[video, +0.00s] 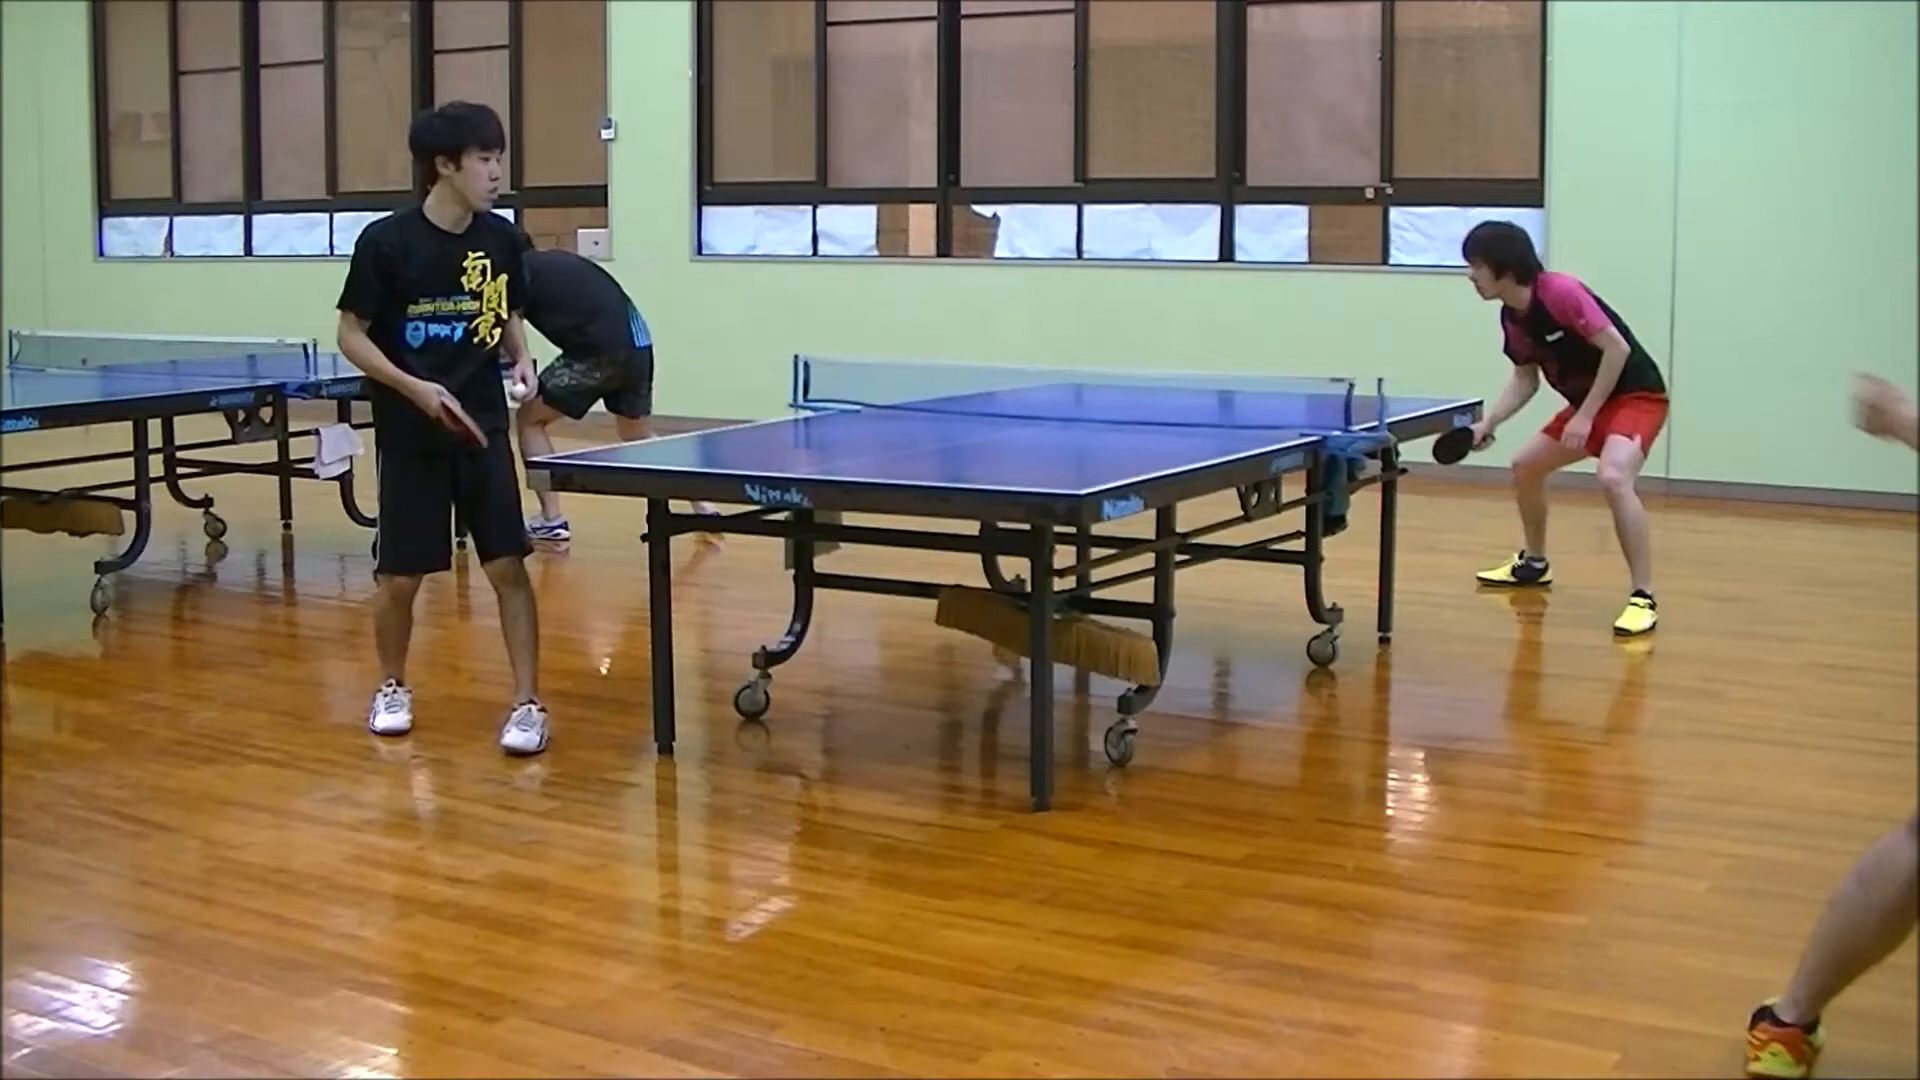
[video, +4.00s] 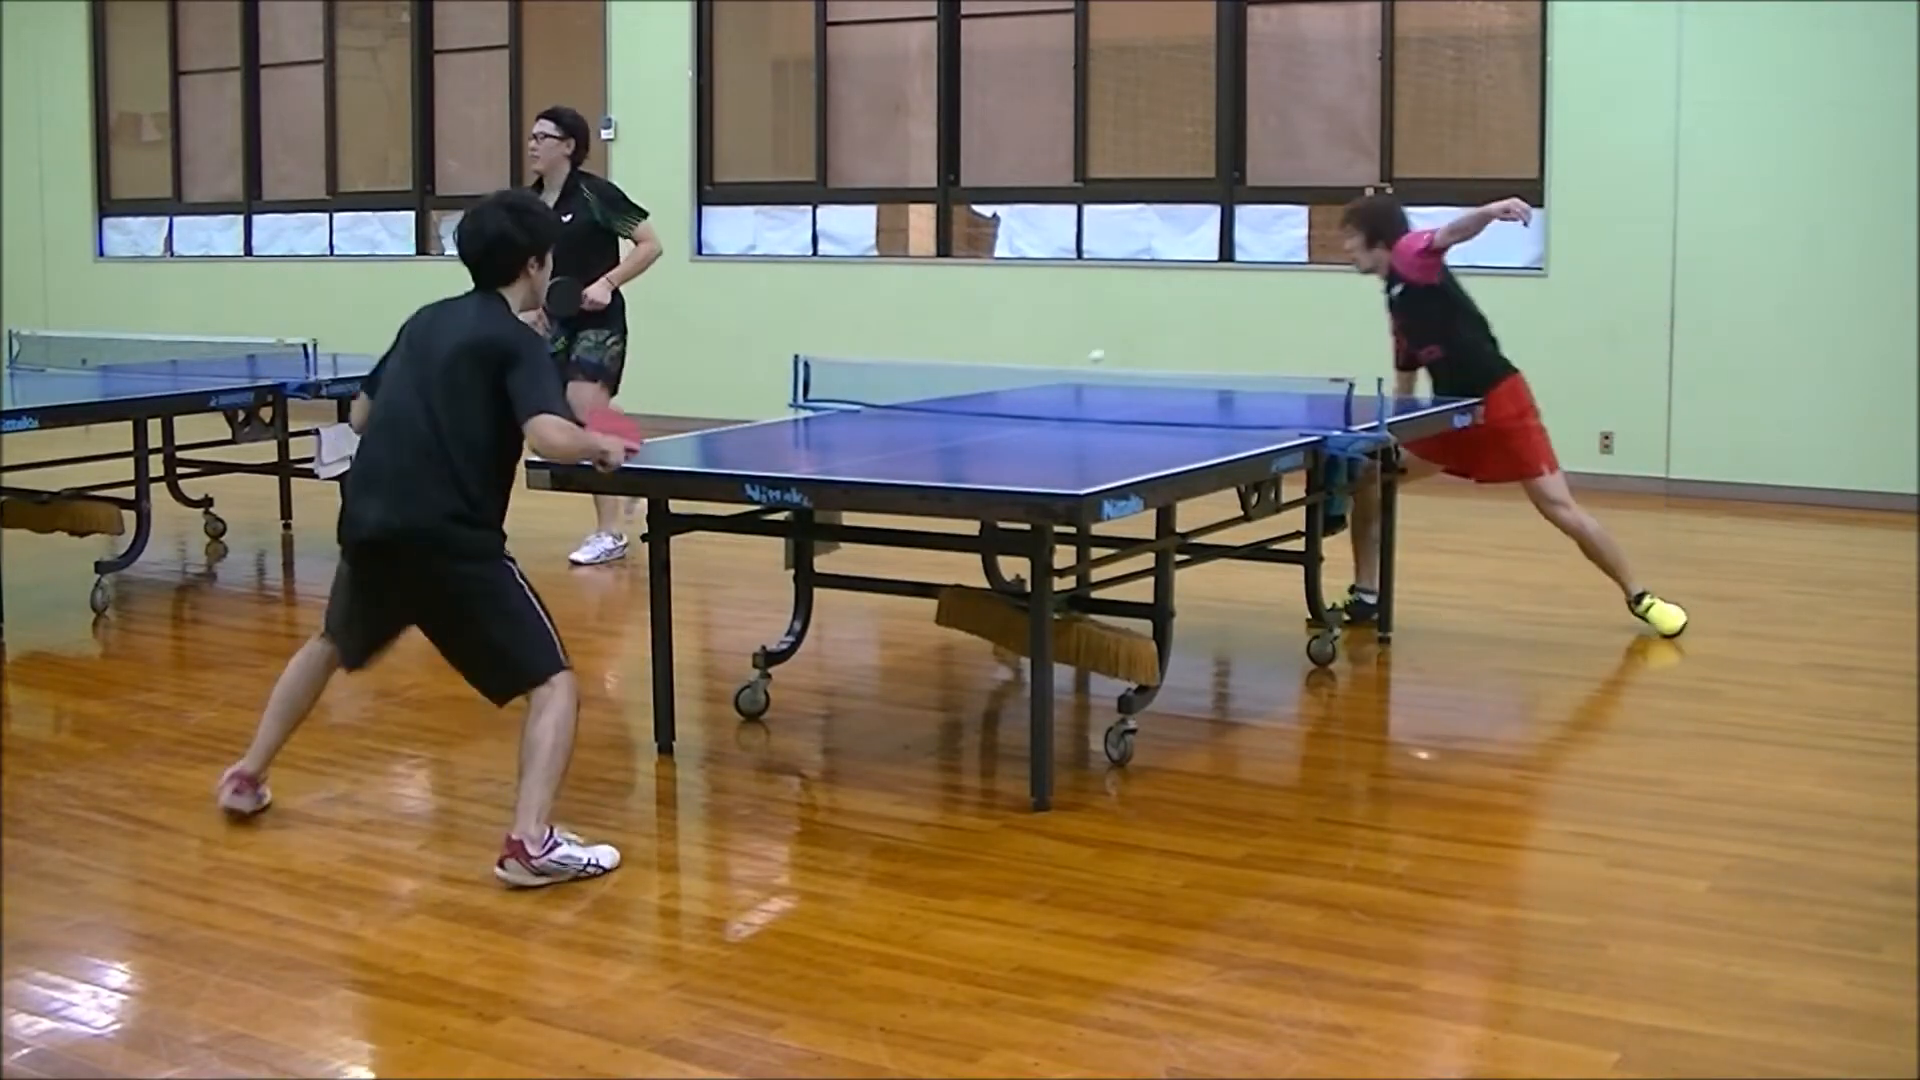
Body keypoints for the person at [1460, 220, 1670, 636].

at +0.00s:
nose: (1469, 275)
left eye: (1475, 266)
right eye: (1468, 266)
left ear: (1503, 267)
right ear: (1501, 270)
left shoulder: (1559, 292)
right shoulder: (1511, 318)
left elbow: (1617, 349)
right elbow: (1525, 380)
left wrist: (1585, 415)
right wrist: (1489, 421)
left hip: (1637, 396)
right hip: (1587, 402)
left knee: (1613, 476)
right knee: (1525, 468)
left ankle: (1643, 596)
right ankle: (1534, 563)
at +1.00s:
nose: (1491, 329)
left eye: (1498, 320)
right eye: (1487, 321)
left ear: (1527, 316)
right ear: (1484, 319)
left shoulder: (1571, 325)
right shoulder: (1494, 332)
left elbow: (1589, 401)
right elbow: (1451, 379)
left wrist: (1523, 385)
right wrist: (1416, 384)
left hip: (1645, 392)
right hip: (1592, 401)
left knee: (1629, 474)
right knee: (1533, 470)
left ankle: (1643, 597)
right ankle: (1534, 562)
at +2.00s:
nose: (1480, 291)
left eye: (1488, 280)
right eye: (1474, 283)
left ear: (1516, 281)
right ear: (1472, 286)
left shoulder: (1562, 302)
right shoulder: (1488, 323)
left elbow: (1640, 327)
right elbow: (1451, 373)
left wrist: (1655, 380)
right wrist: (1415, 381)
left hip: (1634, 386)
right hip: (1585, 396)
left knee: (1626, 475)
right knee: (1536, 470)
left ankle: (1642, 597)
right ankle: (1534, 563)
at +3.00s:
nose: (1491, 224)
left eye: (1502, 215)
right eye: (1487, 215)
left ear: (1529, 221)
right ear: (1485, 221)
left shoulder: (1565, 258)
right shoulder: (1493, 273)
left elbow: (1632, 305)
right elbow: (1465, 333)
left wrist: (1634, 374)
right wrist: (1434, 337)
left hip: (1622, 381)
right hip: (1573, 387)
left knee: (1620, 473)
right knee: (1534, 469)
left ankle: (1642, 596)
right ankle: (1533, 562)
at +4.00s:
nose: (1346, 249)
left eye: (1351, 239)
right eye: (1345, 240)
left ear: (1377, 237)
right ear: (1372, 241)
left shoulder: (1411, 253)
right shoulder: (1399, 295)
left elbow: (1448, 234)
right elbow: (1404, 379)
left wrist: (1489, 212)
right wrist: (1390, 434)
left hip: (1500, 397)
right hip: (1451, 408)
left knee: (1560, 510)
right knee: (1367, 473)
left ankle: (1639, 598)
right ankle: (1366, 595)